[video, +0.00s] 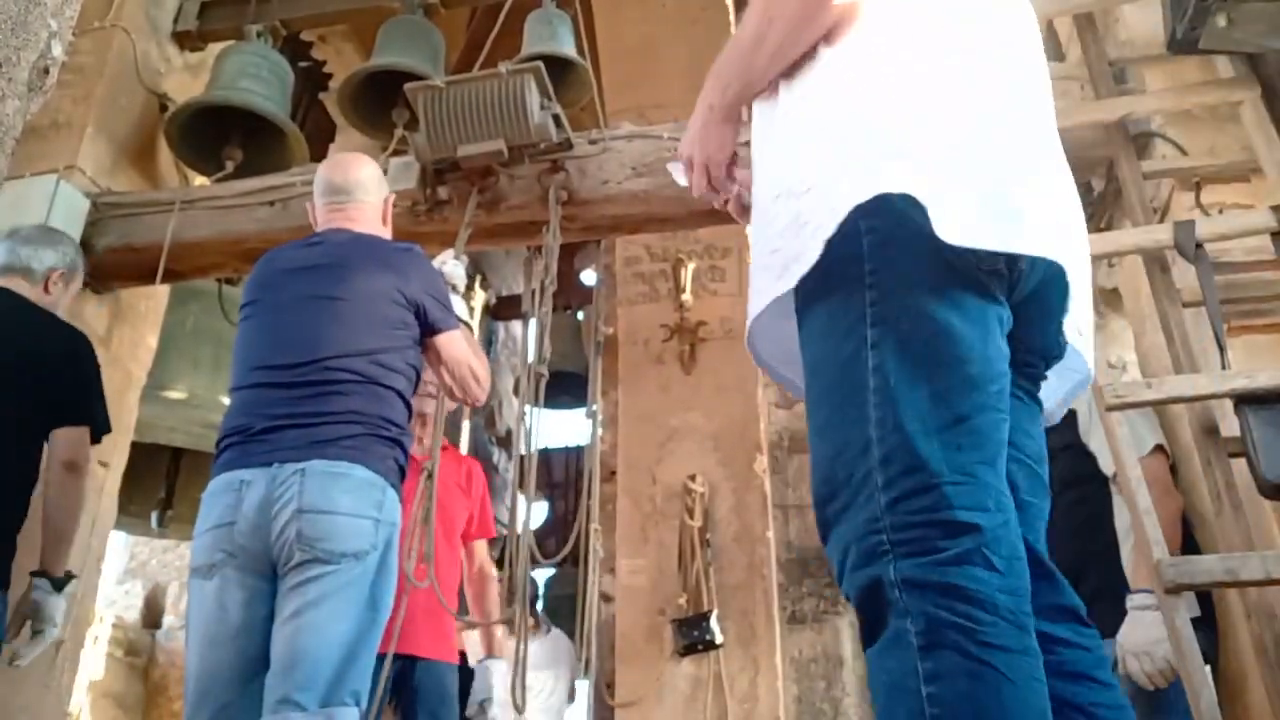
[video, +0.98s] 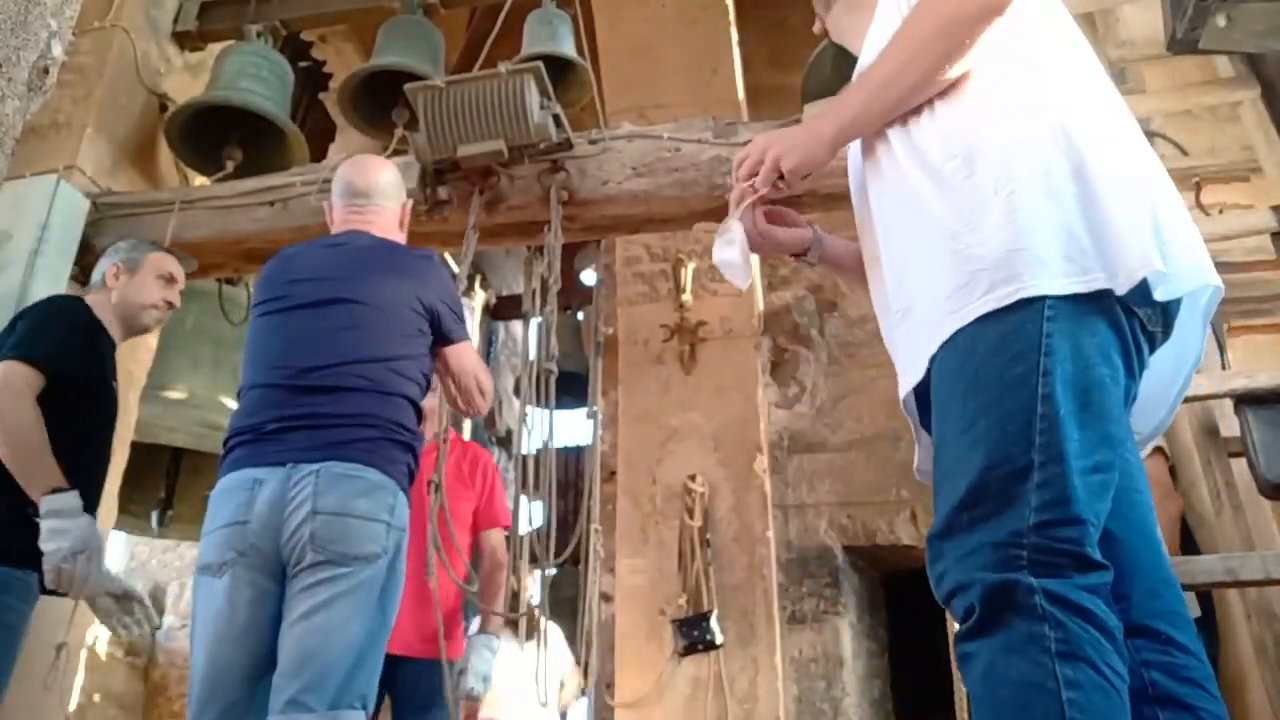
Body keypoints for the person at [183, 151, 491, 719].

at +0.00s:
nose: (394, 215)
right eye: (394, 207)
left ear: (314, 215)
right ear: (388, 209)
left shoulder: (265, 269)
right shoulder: (407, 265)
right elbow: (473, 386)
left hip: (231, 489)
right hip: (345, 485)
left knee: (214, 709)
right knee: (309, 707)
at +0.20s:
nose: (400, 217)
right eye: (401, 210)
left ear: (319, 214)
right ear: (395, 212)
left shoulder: (267, 268)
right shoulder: (411, 266)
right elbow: (476, 387)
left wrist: (429, 349)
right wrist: (424, 328)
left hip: (232, 488)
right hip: (347, 485)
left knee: (216, 709)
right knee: (310, 707)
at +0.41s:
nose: (413, 223)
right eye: (413, 217)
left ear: (332, 209)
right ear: (407, 219)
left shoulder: (276, 265)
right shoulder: (417, 264)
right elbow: (480, 386)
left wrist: (430, 369)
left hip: (233, 489)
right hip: (347, 488)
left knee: (217, 709)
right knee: (310, 707)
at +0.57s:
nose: (423, 232)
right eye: (424, 223)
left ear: (347, 207)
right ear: (420, 221)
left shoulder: (281, 265)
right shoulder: (421, 265)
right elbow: (489, 385)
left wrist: (432, 369)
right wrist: (438, 328)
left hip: (235, 489)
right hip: (348, 488)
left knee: (217, 709)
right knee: (309, 706)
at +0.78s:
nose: (412, 219)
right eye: (412, 214)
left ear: (331, 214)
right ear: (406, 217)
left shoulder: (276, 267)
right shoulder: (426, 270)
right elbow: (483, 397)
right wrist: (453, 343)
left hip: (242, 486)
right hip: (358, 487)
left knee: (218, 706)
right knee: (317, 707)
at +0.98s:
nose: (410, 217)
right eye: (410, 211)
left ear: (329, 214)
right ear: (404, 215)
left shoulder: (275, 269)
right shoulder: (424, 269)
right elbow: (475, 399)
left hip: (241, 486)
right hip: (356, 486)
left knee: (218, 707)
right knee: (314, 707)